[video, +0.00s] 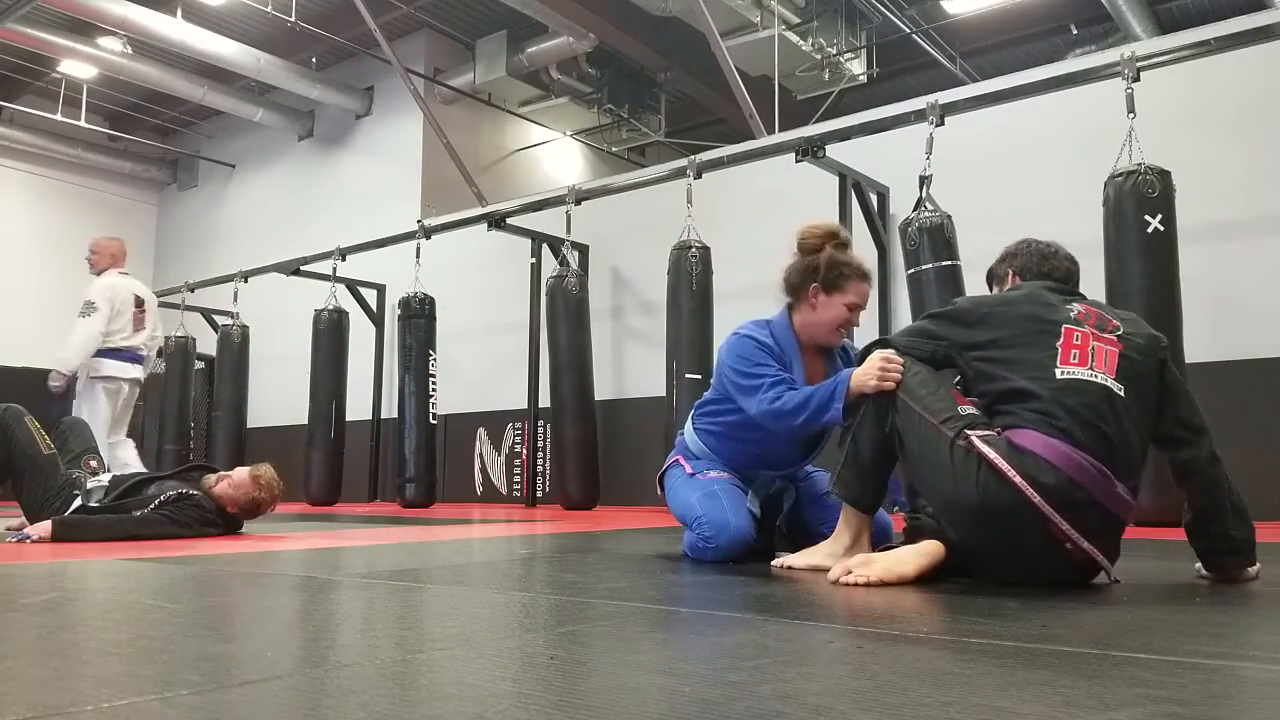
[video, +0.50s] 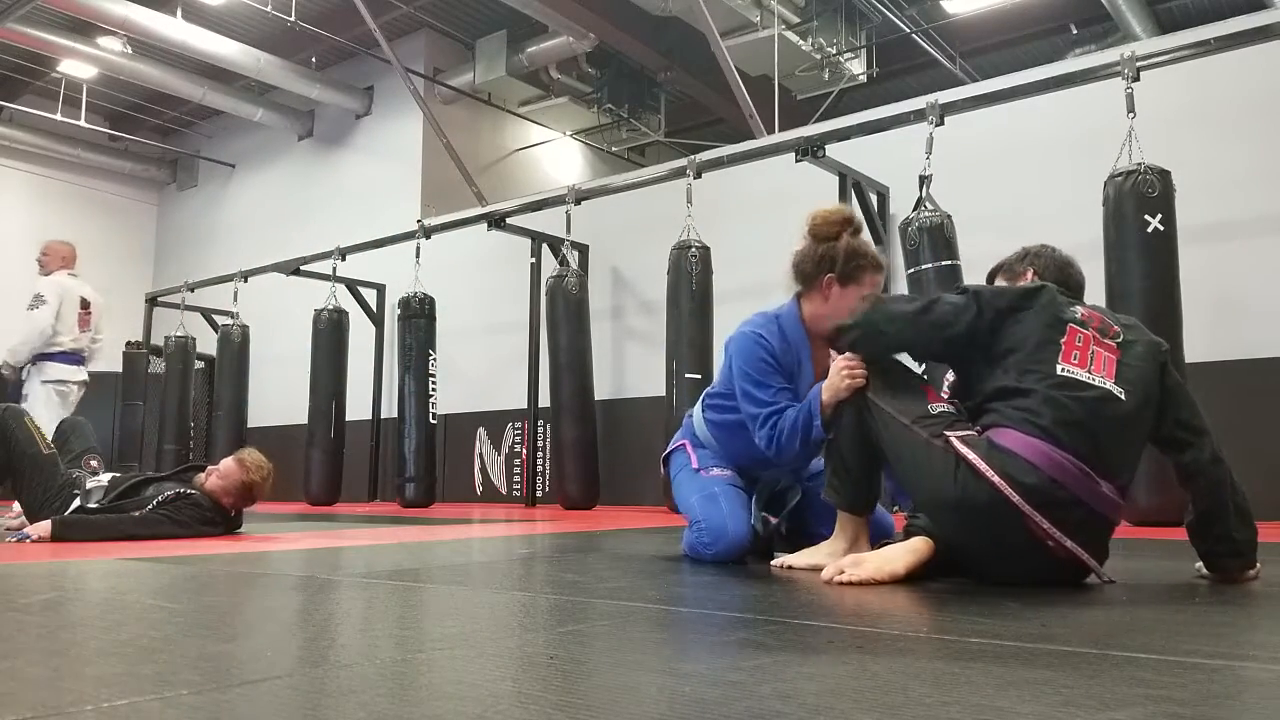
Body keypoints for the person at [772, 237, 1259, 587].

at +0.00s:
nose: (991, 303)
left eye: (993, 294)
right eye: (993, 296)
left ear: (1012, 282)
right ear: (1072, 285)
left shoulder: (999, 304)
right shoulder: (1145, 339)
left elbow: (888, 352)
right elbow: (1198, 458)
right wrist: (1230, 559)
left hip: (994, 501)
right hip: (1071, 560)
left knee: (896, 371)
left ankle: (846, 535)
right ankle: (924, 548)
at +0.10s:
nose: (995, 298)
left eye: (997, 289)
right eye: (997, 291)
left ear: (1019, 277)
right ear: (1081, 287)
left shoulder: (999, 304)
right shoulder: (1148, 340)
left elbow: (883, 348)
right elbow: (1201, 458)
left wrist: (855, 392)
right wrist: (1231, 559)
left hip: (994, 502)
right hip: (1071, 561)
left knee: (895, 366)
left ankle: (848, 533)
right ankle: (923, 546)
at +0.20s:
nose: (995, 297)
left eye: (998, 288)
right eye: (997, 290)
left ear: (1021, 276)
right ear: (1082, 287)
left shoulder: (998, 303)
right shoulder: (1148, 341)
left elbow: (865, 338)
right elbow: (1202, 459)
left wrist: (840, 406)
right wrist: (1231, 559)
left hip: (993, 506)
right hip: (1071, 560)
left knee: (870, 366)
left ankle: (849, 535)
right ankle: (921, 547)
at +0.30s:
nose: (993, 300)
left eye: (996, 290)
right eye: (994, 293)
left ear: (1022, 277)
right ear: (1081, 290)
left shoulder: (1004, 301)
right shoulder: (1148, 345)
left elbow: (867, 324)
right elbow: (1203, 461)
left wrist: (845, 390)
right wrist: (1231, 560)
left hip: (982, 503)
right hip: (1063, 561)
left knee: (864, 364)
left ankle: (848, 536)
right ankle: (919, 548)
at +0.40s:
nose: (992, 299)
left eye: (996, 290)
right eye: (993, 292)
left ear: (1023, 277)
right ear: (1081, 291)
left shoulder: (1001, 299)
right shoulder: (1147, 347)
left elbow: (860, 319)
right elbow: (1204, 462)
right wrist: (1231, 560)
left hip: (977, 500)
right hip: (1062, 560)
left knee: (863, 370)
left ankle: (846, 538)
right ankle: (913, 549)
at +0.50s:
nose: (992, 306)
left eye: (998, 295)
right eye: (993, 296)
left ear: (1029, 280)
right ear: (1080, 292)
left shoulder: (1015, 302)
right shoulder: (1148, 349)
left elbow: (880, 319)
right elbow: (1204, 462)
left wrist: (844, 343)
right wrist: (1230, 560)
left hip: (974, 502)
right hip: (1060, 561)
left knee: (862, 370)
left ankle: (846, 538)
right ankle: (913, 550)